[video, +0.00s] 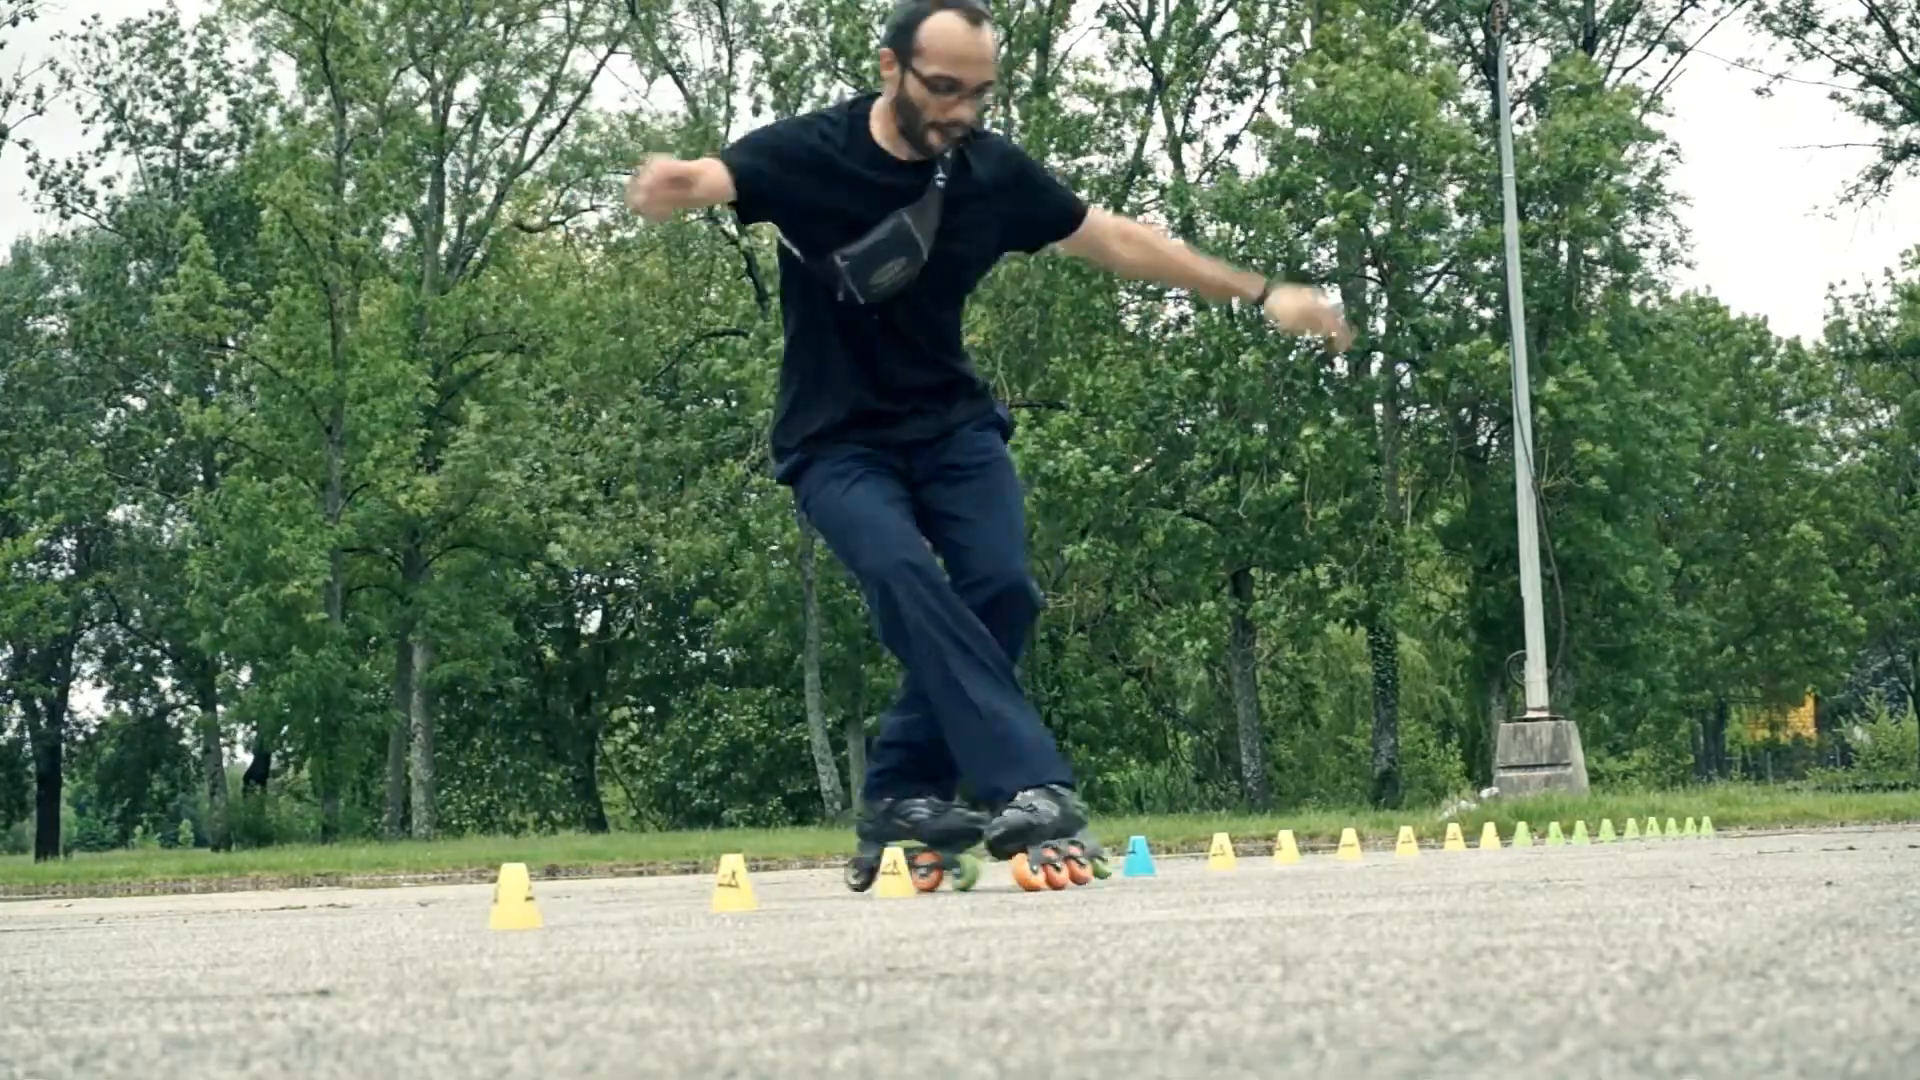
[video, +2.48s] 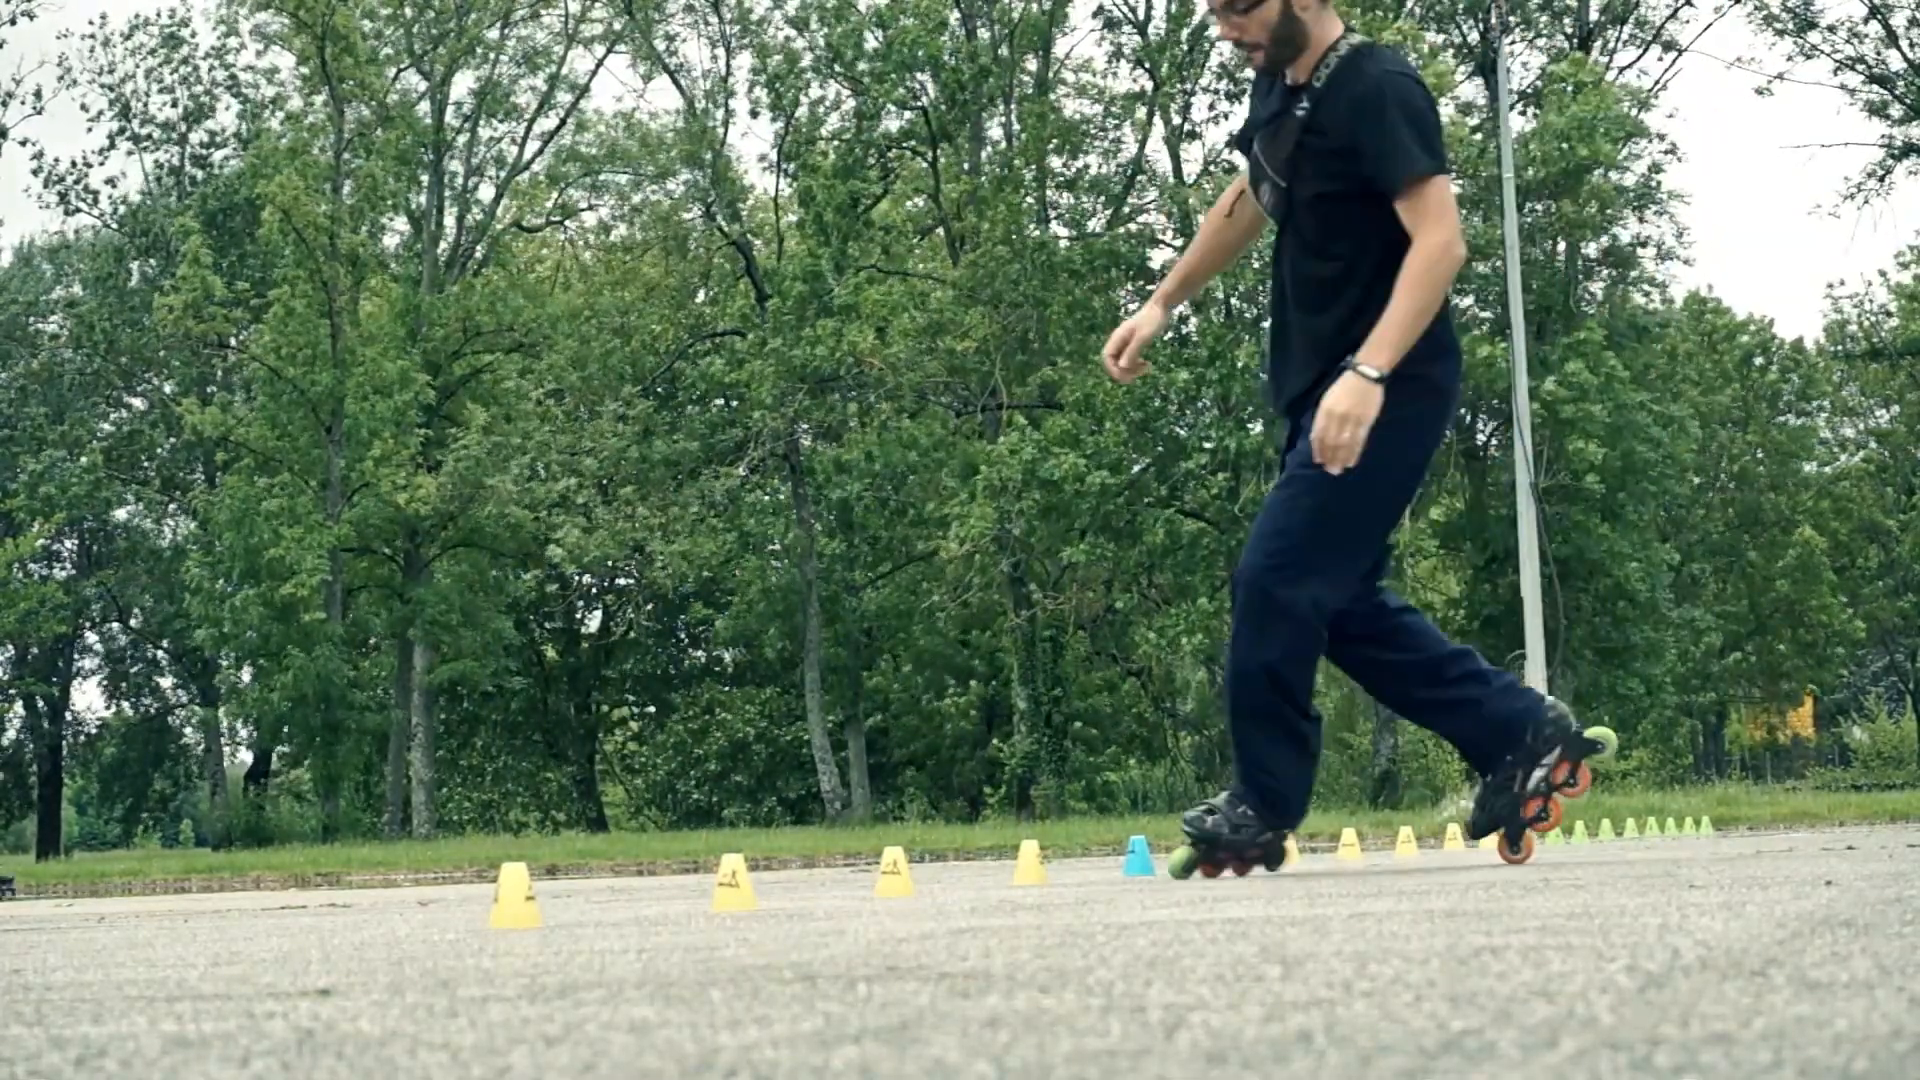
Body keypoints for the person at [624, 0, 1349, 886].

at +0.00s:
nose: (961, 110)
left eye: (978, 93)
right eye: (942, 88)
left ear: (992, 84)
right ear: (889, 71)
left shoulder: (996, 174)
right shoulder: (810, 152)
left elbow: (1118, 242)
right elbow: (709, 181)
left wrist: (1263, 293)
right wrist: (665, 187)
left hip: (951, 423)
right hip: (834, 434)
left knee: (1003, 586)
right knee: (902, 576)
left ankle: (904, 794)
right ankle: (1026, 788)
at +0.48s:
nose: (852, 151)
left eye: (860, 132)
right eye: (849, 138)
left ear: (906, 117)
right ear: (900, 136)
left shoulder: (973, 167)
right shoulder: (976, 196)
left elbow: (866, 66)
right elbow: (1066, 261)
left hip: (1034, 460)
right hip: (958, 450)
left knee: (907, 640)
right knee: (811, 535)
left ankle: (910, 817)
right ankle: (678, 696)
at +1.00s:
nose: (1321, 156)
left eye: (1315, 150)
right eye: (1318, 148)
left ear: (1230, 163)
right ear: (1306, 150)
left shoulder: (1194, 229)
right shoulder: (1340, 195)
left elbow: (1143, 221)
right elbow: (1473, 137)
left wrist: (1142, 162)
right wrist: (1551, 45)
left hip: (1287, 477)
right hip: (1390, 452)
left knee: (1276, 658)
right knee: (1457, 591)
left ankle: (1395, 816)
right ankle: (1535, 647)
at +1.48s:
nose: (1696, 95)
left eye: (1694, 84)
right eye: (1686, 83)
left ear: (1613, 78)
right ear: (1636, 76)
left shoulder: (1522, 181)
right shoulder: (1621, 113)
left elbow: (1493, 317)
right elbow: (1772, 72)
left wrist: (1473, 429)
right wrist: (1829, 67)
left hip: (1519, 423)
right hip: (1604, 401)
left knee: (1699, 606)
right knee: (1672, 612)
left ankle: (1800, 775)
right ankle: (1483, 730)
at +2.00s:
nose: (1565, 56)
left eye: (1587, 39)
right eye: (1547, 31)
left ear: (1605, 38)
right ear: (1505, 16)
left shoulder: (1596, 157)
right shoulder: (1430, 102)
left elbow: (1644, 286)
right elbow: (1318, 157)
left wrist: (1712, 379)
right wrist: (1357, 197)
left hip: (1528, 420)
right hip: (1412, 417)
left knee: (1568, 575)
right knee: (1466, 609)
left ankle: (1471, 762)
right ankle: (1445, 800)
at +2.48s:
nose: (1224, 28)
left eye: (1239, 9)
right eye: (1216, 14)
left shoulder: (1377, 82)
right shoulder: (1278, 90)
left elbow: (1441, 242)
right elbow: (1246, 203)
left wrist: (1368, 373)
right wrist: (1159, 305)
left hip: (1386, 383)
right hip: (1320, 390)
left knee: (1274, 577)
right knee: (1335, 600)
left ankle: (1266, 805)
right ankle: (1520, 735)